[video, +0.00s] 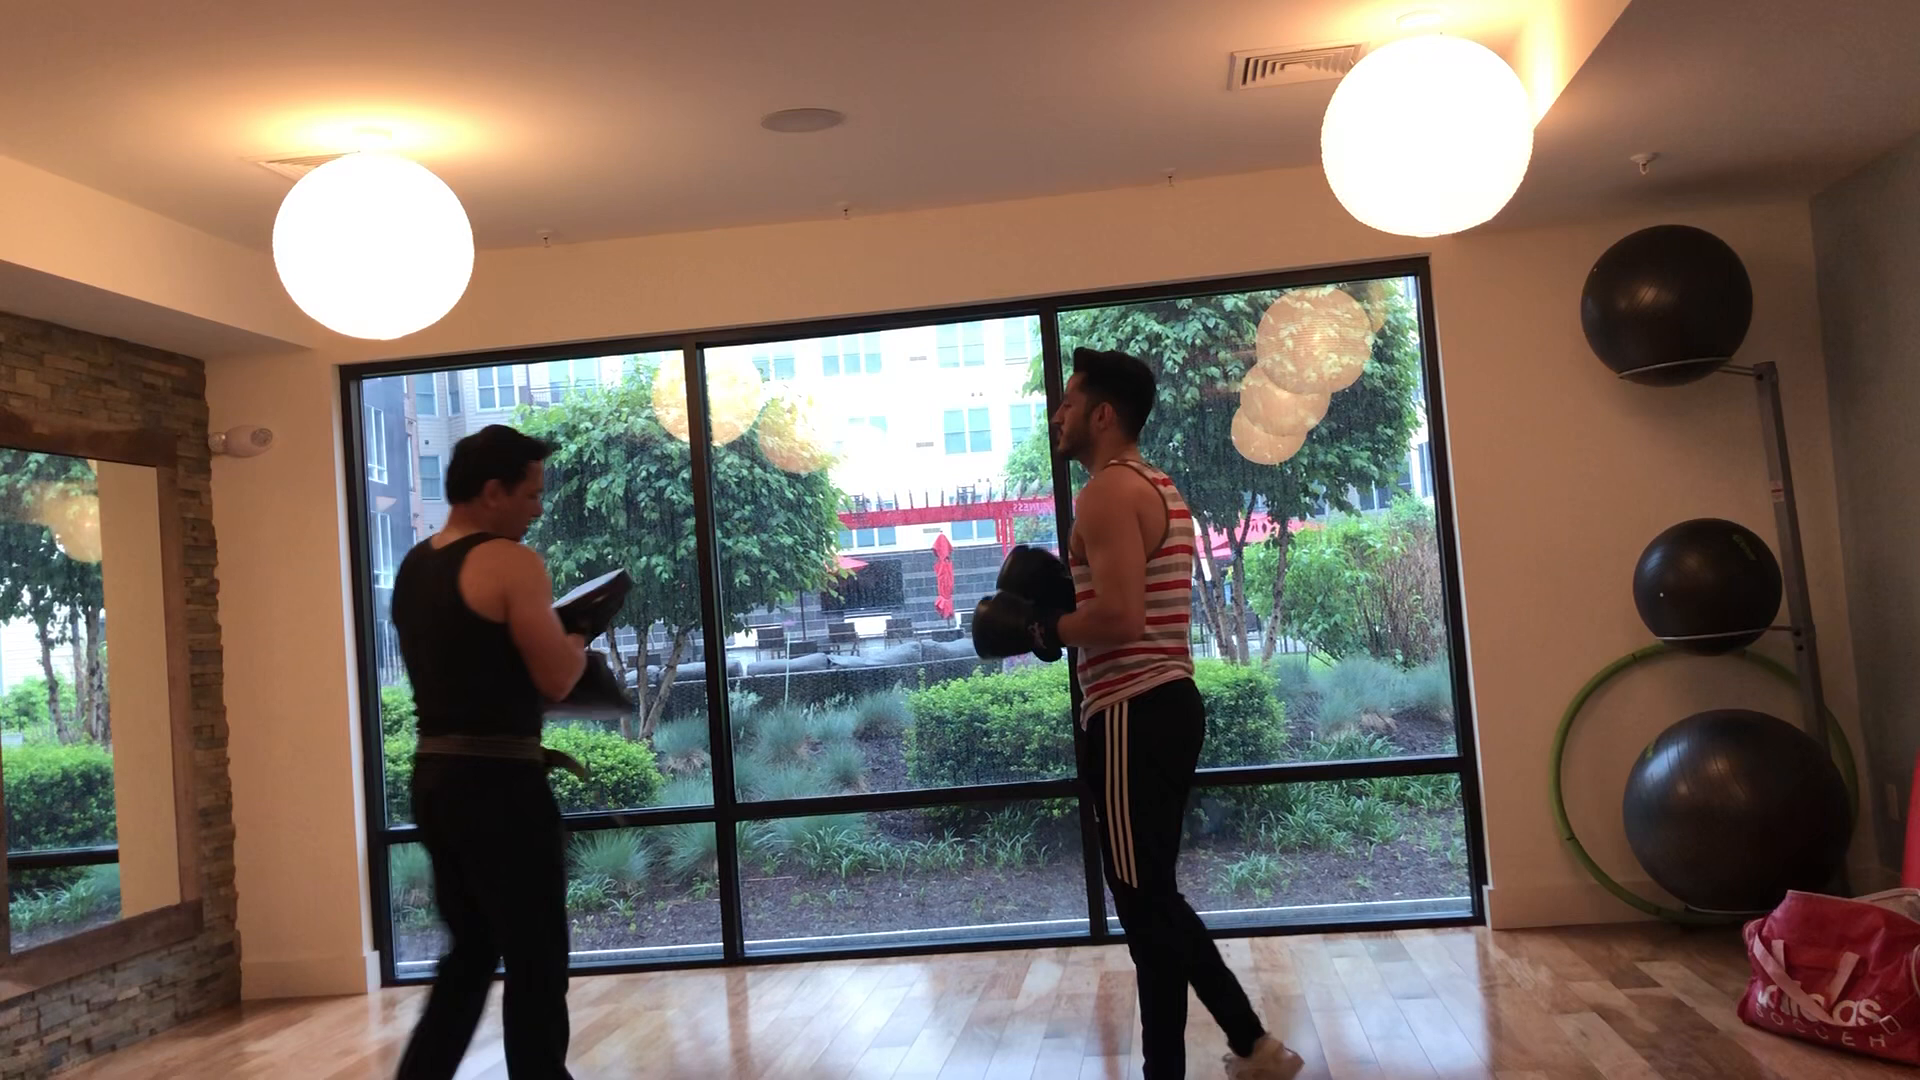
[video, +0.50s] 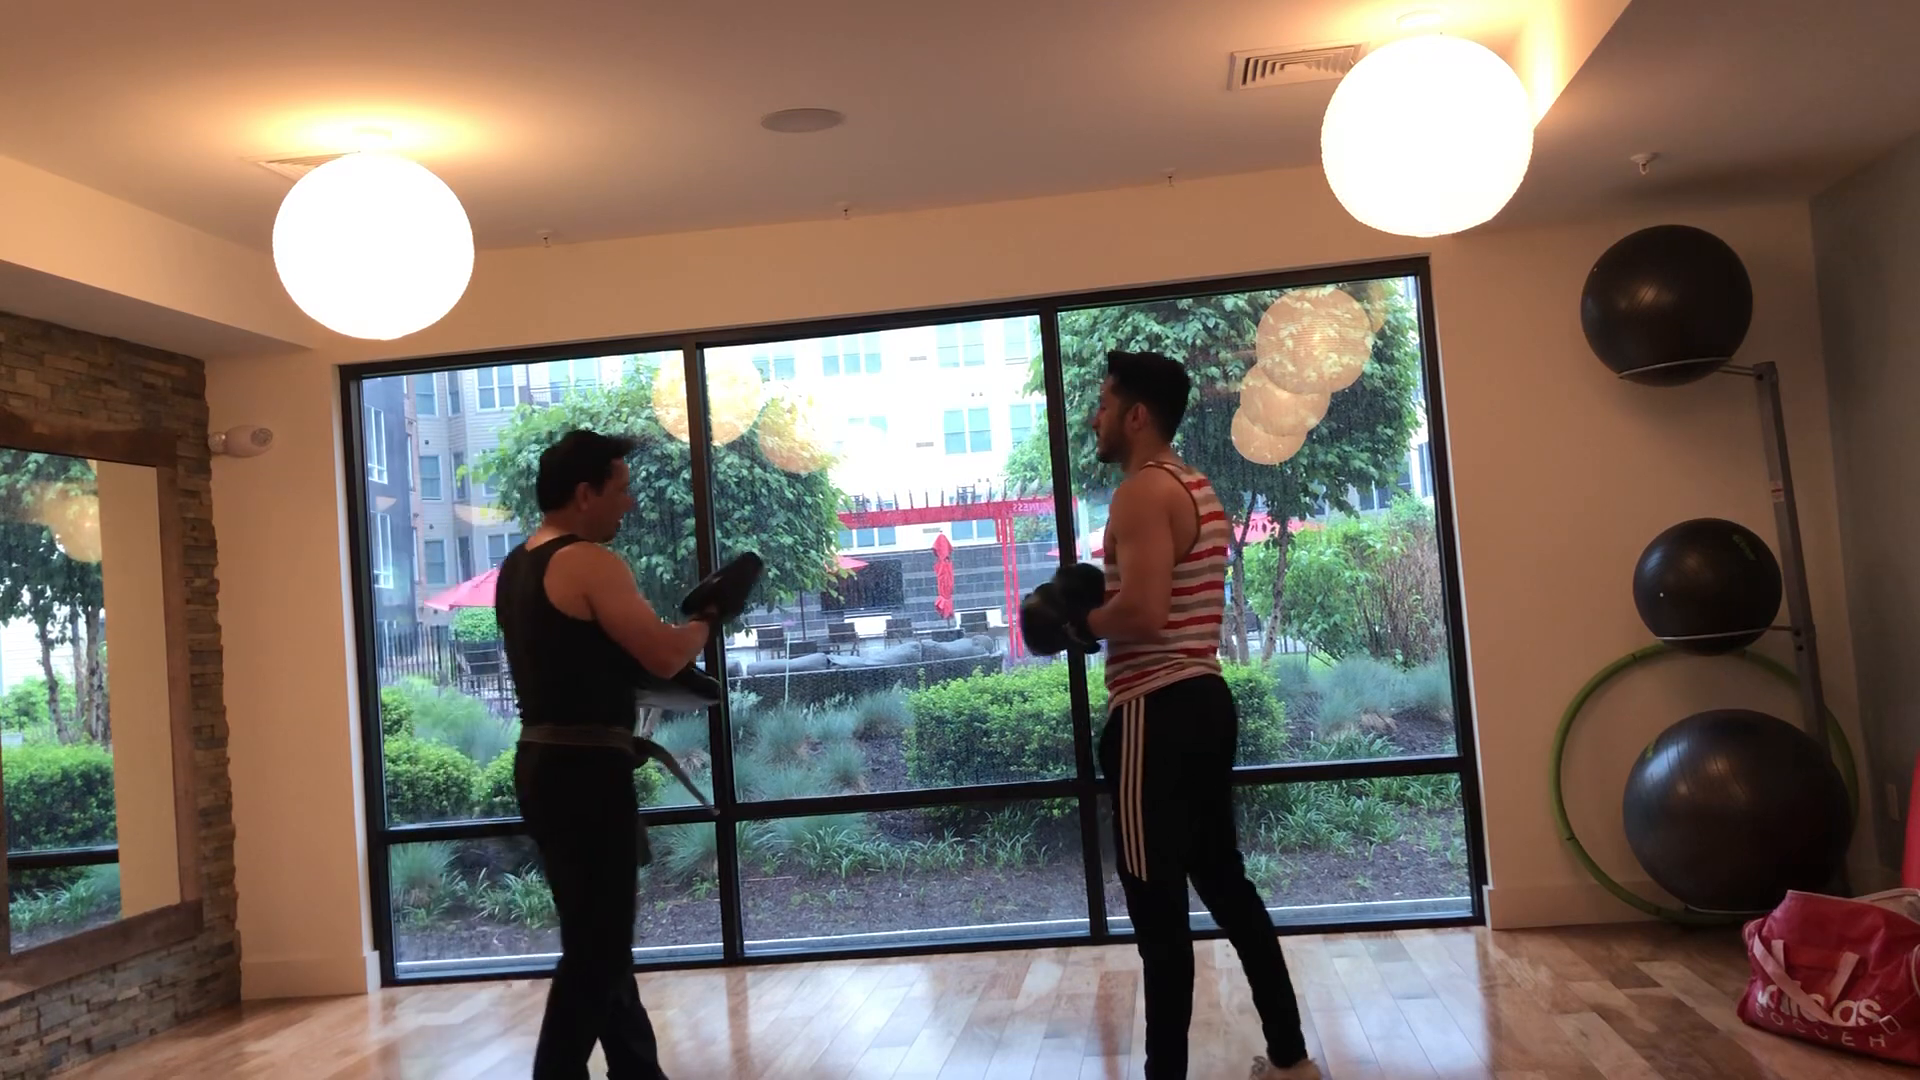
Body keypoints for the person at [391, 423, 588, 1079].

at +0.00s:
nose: (540, 508)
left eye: (541, 493)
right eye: (534, 493)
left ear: (472, 491)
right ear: (492, 492)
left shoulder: (416, 564)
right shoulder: (514, 565)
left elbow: (457, 666)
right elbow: (557, 678)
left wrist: (548, 634)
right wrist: (576, 638)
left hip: (437, 782)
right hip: (504, 784)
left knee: (472, 948)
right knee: (538, 961)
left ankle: (418, 1075)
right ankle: (541, 1075)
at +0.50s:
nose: (629, 500)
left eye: (628, 486)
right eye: (621, 487)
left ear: (570, 495)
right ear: (584, 495)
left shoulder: (519, 566)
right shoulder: (592, 565)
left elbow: (575, 663)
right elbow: (667, 657)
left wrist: (663, 638)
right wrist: (705, 619)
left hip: (544, 770)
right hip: (589, 772)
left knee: (600, 941)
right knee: (597, 946)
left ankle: (638, 1071)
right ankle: (559, 1073)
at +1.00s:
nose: (674, 482)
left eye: (672, 470)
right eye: (657, 472)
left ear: (630, 488)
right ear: (615, 488)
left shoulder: (613, 551)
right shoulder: (626, 551)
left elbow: (660, 646)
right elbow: (668, 651)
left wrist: (725, 641)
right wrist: (717, 624)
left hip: (631, 756)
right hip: (644, 758)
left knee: (639, 915)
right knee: (682, 914)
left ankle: (636, 1065)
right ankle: (697, 1064)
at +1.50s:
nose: (714, 474)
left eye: (715, 461)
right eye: (696, 466)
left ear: (720, 469)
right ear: (661, 484)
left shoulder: (729, 557)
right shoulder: (650, 560)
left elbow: (771, 625)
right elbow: (679, 661)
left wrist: (813, 656)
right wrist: (762, 633)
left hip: (739, 748)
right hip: (676, 756)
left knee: (790, 886)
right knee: (687, 914)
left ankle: (749, 1042)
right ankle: (693, 1061)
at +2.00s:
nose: (789, 470)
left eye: (797, 458)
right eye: (773, 459)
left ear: (807, 468)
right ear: (741, 472)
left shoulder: (817, 549)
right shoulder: (712, 548)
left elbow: (853, 634)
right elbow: (680, 648)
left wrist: (861, 664)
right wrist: (777, 674)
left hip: (808, 739)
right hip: (739, 744)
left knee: (815, 911)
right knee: (754, 911)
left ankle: (813, 1065)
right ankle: (737, 1063)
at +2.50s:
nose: (804, 468)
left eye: (813, 454)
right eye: (787, 457)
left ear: (824, 464)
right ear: (755, 470)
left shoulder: (840, 551)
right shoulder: (723, 552)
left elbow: (865, 641)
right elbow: (694, 657)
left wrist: (890, 700)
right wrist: (794, 693)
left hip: (833, 754)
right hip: (753, 760)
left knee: (879, 909)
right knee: (772, 927)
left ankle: (831, 1036)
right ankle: (784, 1068)